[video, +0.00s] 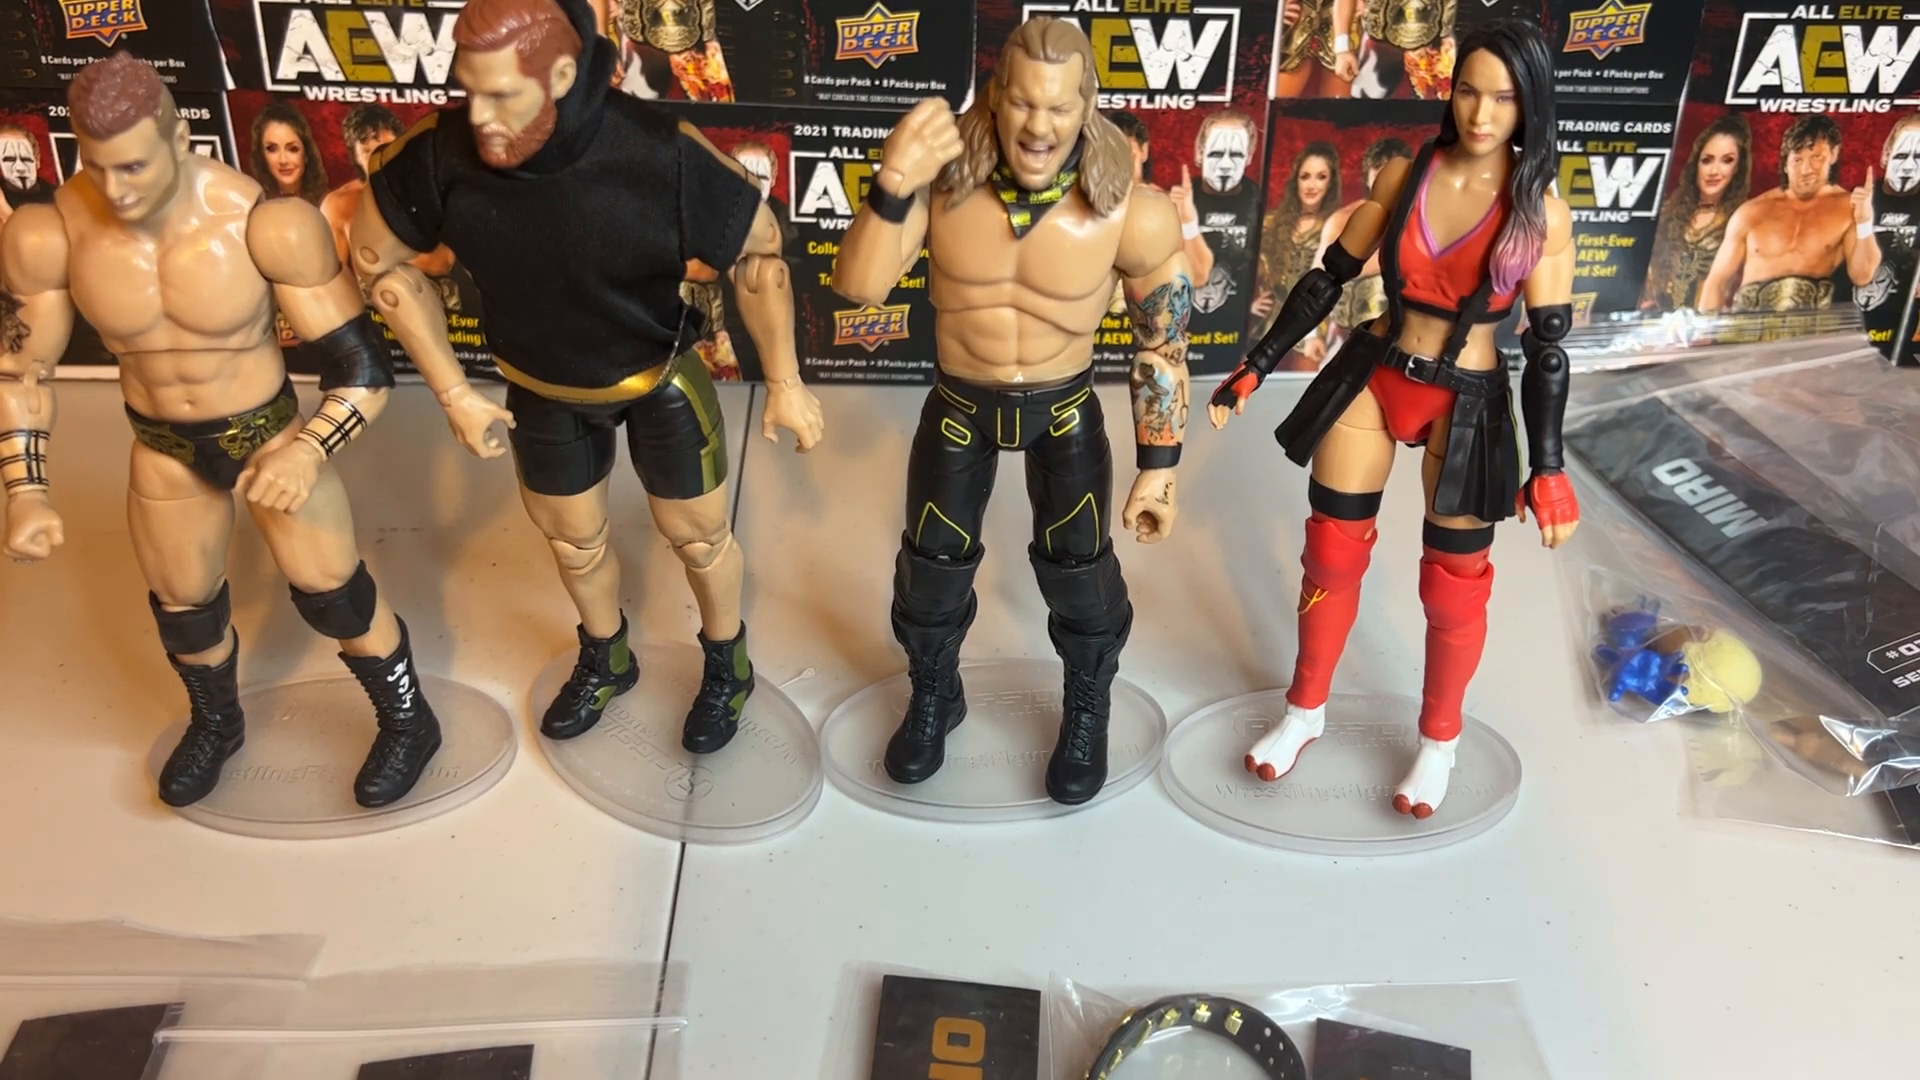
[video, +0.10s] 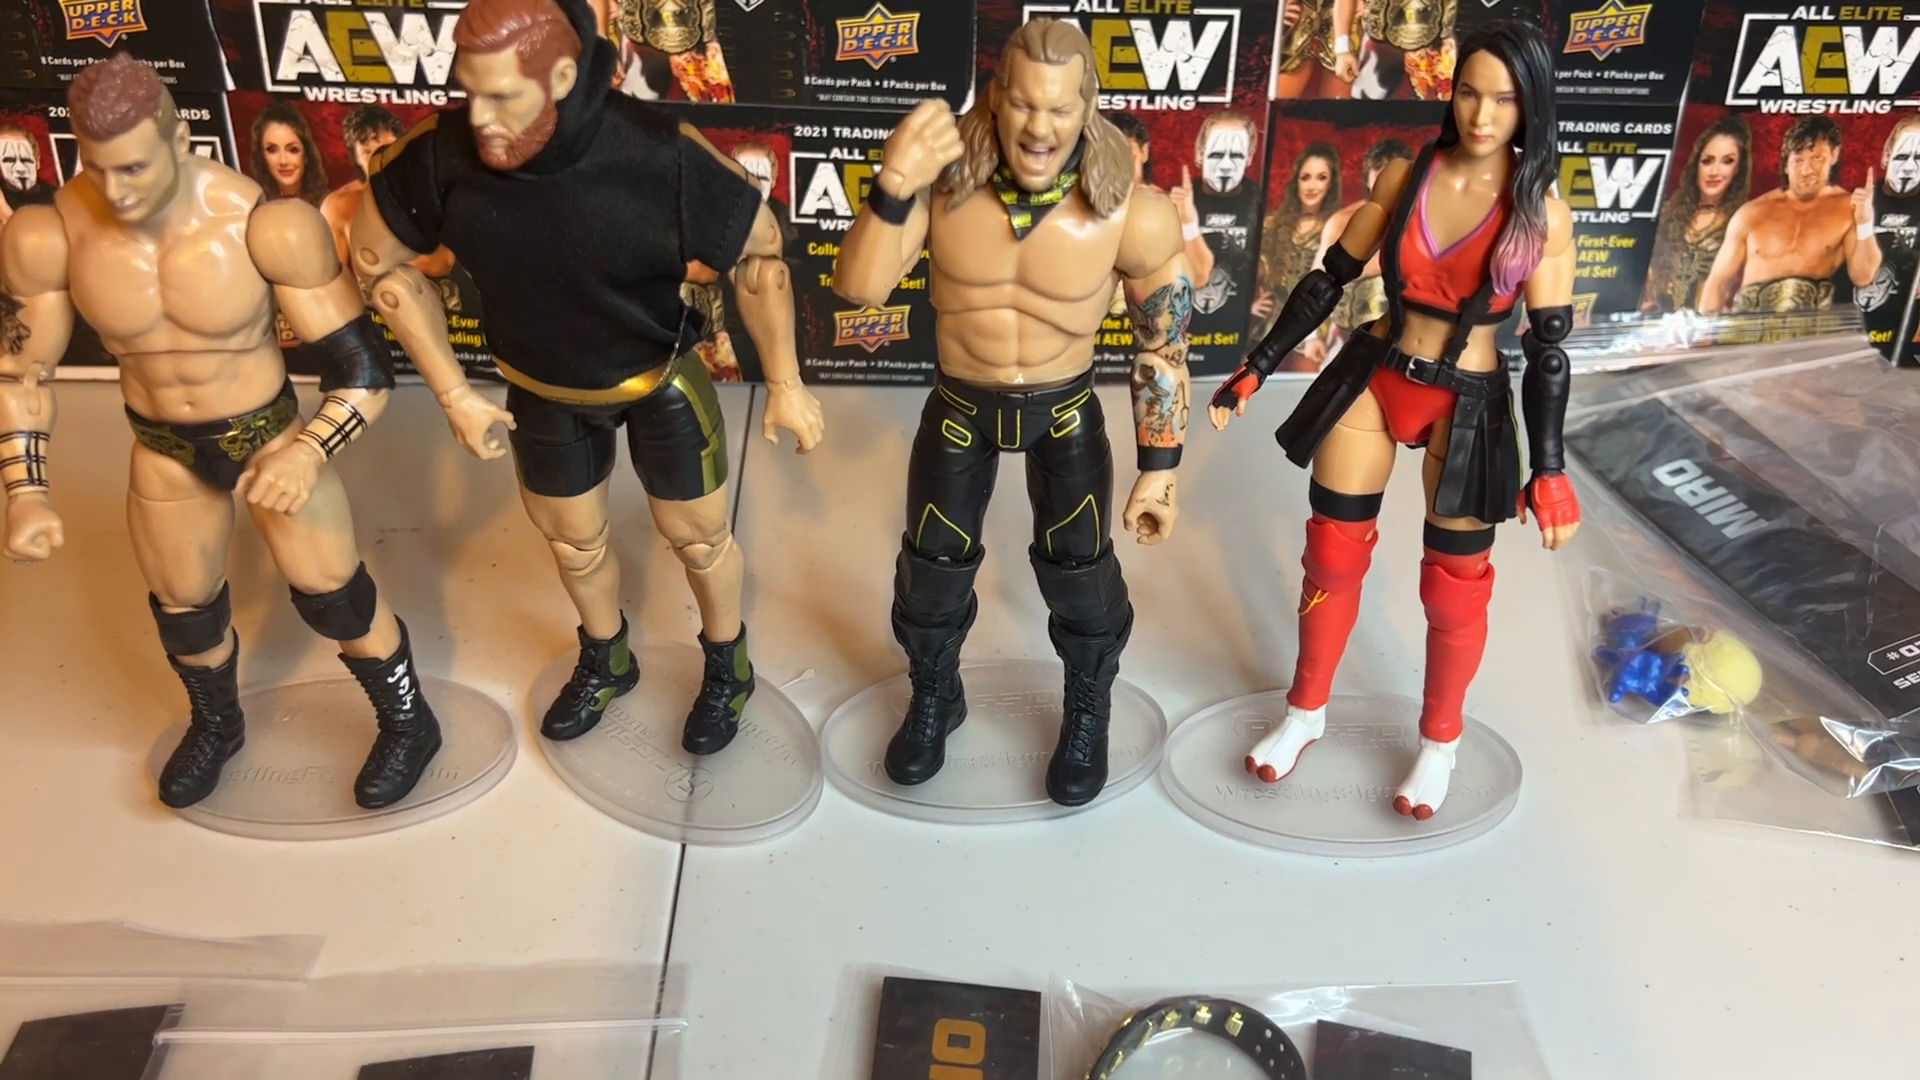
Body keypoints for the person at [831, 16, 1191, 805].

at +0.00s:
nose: (1040, 126)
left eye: (1060, 108)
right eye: (1024, 104)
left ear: (1086, 106)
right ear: (995, 95)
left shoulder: (1129, 206)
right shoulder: (943, 175)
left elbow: (1162, 337)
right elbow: (858, 286)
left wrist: (1161, 464)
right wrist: (892, 187)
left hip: (1064, 408)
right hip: (958, 402)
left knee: (1077, 567)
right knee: (933, 561)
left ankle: (1086, 712)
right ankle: (933, 697)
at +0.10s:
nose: (1040, 127)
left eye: (1060, 110)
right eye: (1024, 105)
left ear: (1087, 107)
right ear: (995, 95)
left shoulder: (1130, 208)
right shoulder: (944, 177)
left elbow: (1163, 339)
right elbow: (858, 287)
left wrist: (1161, 465)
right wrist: (892, 189)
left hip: (1064, 409)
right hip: (959, 404)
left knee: (1078, 570)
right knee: (933, 563)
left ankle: (1086, 714)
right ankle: (933, 699)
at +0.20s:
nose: (1039, 126)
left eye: (1059, 109)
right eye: (1024, 104)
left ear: (1086, 106)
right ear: (995, 94)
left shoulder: (1129, 206)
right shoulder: (943, 175)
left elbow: (1162, 336)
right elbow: (857, 286)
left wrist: (1160, 464)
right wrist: (891, 188)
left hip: (1064, 408)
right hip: (958, 403)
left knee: (1077, 567)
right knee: (932, 561)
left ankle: (1086, 712)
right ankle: (932, 697)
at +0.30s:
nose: (1040, 127)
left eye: (1060, 109)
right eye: (1024, 104)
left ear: (1086, 107)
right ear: (995, 95)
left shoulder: (1130, 208)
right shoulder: (944, 177)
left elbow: (1163, 339)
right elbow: (858, 287)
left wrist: (1161, 465)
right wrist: (892, 189)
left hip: (1064, 409)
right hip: (959, 404)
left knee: (1078, 569)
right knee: (933, 563)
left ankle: (1086, 713)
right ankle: (933, 699)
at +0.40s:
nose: (1039, 126)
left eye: (1059, 109)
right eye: (1024, 104)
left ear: (1086, 106)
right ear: (995, 95)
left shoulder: (1129, 207)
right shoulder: (944, 176)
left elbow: (1162, 336)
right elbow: (858, 286)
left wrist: (1161, 464)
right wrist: (892, 190)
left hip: (1064, 408)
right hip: (959, 403)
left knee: (1078, 569)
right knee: (932, 563)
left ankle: (1086, 713)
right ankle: (932, 699)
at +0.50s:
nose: (1039, 126)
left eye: (1059, 109)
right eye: (1023, 104)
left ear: (1086, 106)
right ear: (994, 94)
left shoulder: (1129, 207)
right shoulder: (943, 176)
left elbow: (1162, 337)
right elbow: (857, 287)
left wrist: (1161, 464)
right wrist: (892, 189)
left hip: (1064, 408)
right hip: (958, 403)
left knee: (1077, 568)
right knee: (932, 562)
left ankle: (1086, 712)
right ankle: (932, 699)